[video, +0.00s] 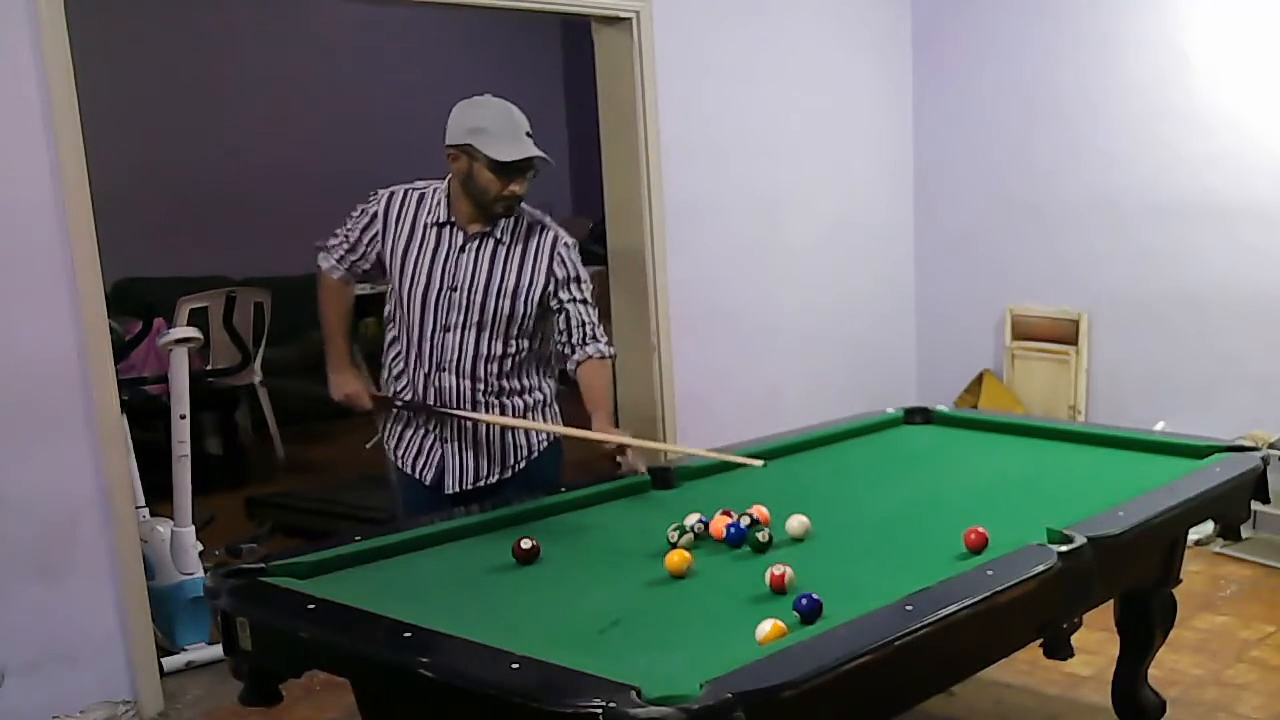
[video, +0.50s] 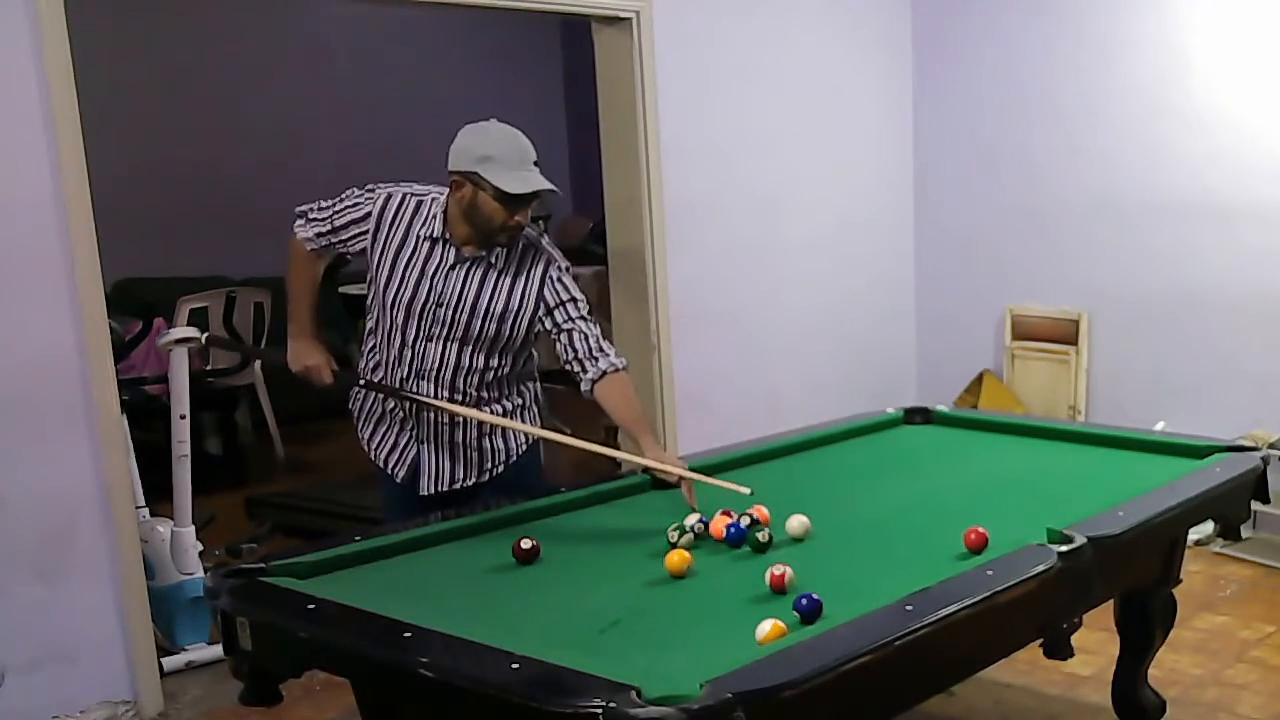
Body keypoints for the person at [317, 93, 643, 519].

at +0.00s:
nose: (519, 187)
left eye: (527, 172)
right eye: (503, 171)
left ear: (535, 168)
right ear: (457, 160)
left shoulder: (551, 248)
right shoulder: (392, 213)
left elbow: (587, 343)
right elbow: (336, 265)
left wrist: (604, 422)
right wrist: (340, 365)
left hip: (519, 449)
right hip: (421, 447)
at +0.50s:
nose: (523, 216)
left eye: (530, 201)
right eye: (510, 200)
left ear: (535, 195)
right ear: (462, 187)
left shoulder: (541, 266)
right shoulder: (388, 211)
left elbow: (593, 358)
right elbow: (310, 232)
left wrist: (647, 440)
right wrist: (301, 335)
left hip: (499, 442)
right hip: (404, 439)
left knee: (526, 579)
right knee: (418, 592)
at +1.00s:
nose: (543, 232)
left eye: (548, 218)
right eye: (531, 217)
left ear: (552, 210)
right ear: (484, 201)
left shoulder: (555, 277)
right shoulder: (409, 211)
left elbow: (611, 370)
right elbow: (322, 210)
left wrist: (671, 454)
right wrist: (316, 317)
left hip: (500, 436)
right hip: (403, 427)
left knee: (520, 570)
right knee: (415, 579)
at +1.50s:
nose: (555, 231)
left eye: (563, 217)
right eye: (544, 214)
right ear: (497, 193)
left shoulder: (564, 265)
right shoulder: (417, 208)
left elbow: (618, 360)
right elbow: (334, 282)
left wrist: (656, 442)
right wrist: (398, 325)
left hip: (514, 454)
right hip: (416, 447)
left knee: (528, 592)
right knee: (414, 597)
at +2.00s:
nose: (500, 164)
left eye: (506, 150)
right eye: (485, 147)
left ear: (511, 150)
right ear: (443, 139)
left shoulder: (524, 229)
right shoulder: (368, 207)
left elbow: (547, 311)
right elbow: (310, 287)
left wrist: (548, 385)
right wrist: (350, 336)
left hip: (499, 436)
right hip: (402, 435)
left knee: (509, 573)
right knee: (408, 580)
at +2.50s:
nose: (428, 148)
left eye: (436, 135)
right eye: (412, 136)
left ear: (447, 137)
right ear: (374, 135)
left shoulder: (480, 210)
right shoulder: (329, 216)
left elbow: (515, 290)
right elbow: (291, 292)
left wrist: (524, 356)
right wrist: (316, 344)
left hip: (485, 424)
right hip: (391, 431)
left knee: (503, 561)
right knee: (407, 572)